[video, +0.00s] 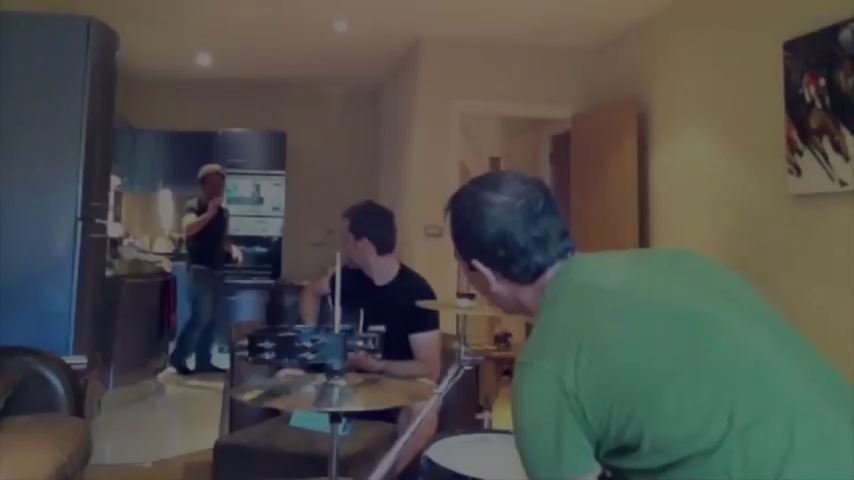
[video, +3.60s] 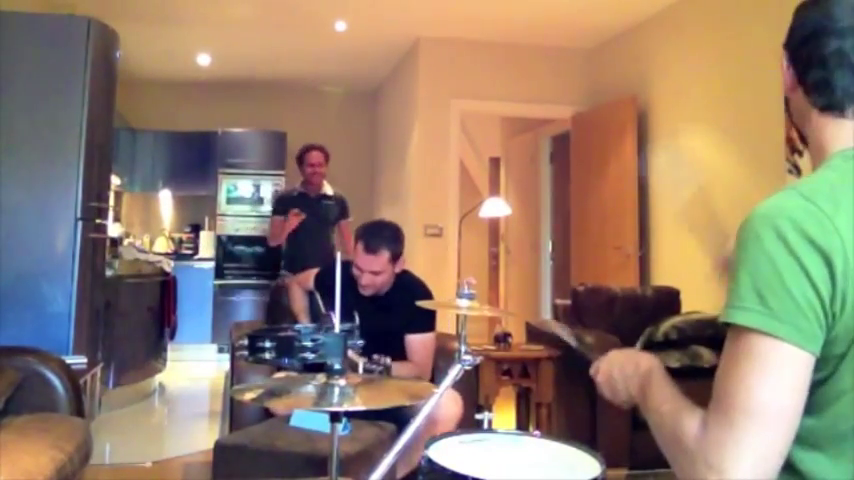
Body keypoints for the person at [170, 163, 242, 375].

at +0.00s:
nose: (217, 186)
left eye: (220, 182)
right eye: (213, 182)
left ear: (223, 184)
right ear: (203, 184)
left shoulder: (223, 212)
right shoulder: (194, 206)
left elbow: (222, 240)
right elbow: (188, 229)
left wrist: (232, 250)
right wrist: (209, 214)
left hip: (216, 268)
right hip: (198, 267)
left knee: (212, 317)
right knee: (201, 315)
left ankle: (204, 360)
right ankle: (179, 356)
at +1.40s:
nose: (223, 183)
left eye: (227, 178)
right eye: (219, 178)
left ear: (232, 181)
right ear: (212, 182)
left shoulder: (238, 208)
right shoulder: (201, 207)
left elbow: (242, 234)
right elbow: (194, 239)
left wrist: (247, 250)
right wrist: (208, 225)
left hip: (235, 272)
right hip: (210, 272)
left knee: (238, 321)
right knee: (209, 321)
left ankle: (235, 366)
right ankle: (205, 367)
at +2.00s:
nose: (250, 179)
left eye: (253, 174)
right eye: (245, 174)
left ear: (259, 177)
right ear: (236, 178)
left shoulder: (268, 205)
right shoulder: (225, 205)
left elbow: (276, 230)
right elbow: (215, 239)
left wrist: (276, 245)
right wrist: (233, 227)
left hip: (261, 275)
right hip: (232, 274)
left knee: (258, 324)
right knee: (227, 323)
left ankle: (256, 367)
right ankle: (213, 365)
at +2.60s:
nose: (269, 179)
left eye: (273, 174)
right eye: (264, 175)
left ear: (279, 175)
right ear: (255, 178)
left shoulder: (288, 206)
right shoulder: (245, 206)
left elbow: (295, 237)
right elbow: (233, 243)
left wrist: (299, 265)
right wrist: (257, 238)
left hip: (283, 276)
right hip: (255, 275)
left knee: (285, 327)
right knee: (260, 326)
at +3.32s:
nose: (299, 173)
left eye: (303, 168)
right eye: (294, 169)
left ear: (309, 171)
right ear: (284, 171)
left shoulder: (316, 202)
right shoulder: (269, 201)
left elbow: (321, 241)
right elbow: (255, 240)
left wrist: (325, 270)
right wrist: (283, 237)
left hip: (305, 279)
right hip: (273, 278)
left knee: (306, 331)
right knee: (275, 333)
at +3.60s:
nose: (316, 170)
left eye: (320, 165)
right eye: (310, 165)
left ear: (326, 168)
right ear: (301, 168)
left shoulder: (337, 201)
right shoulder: (286, 200)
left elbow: (346, 240)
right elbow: (273, 240)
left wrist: (350, 267)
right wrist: (288, 226)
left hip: (325, 276)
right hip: (293, 277)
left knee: (328, 327)